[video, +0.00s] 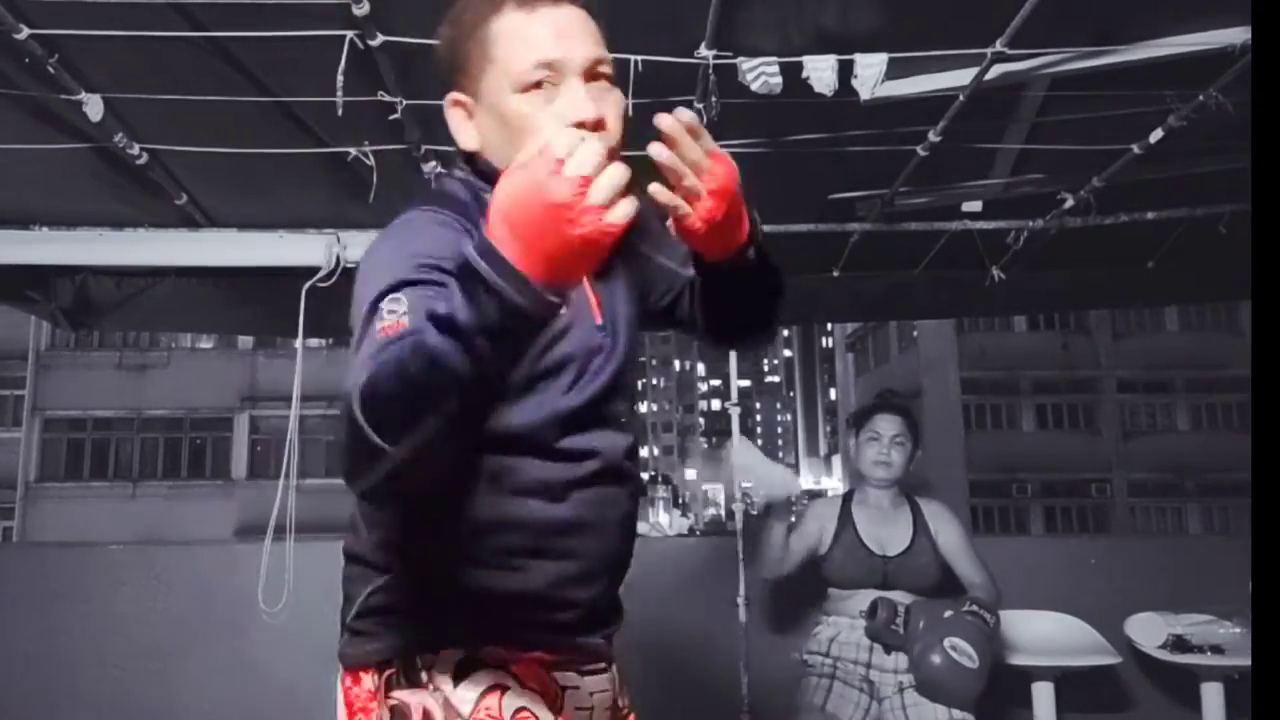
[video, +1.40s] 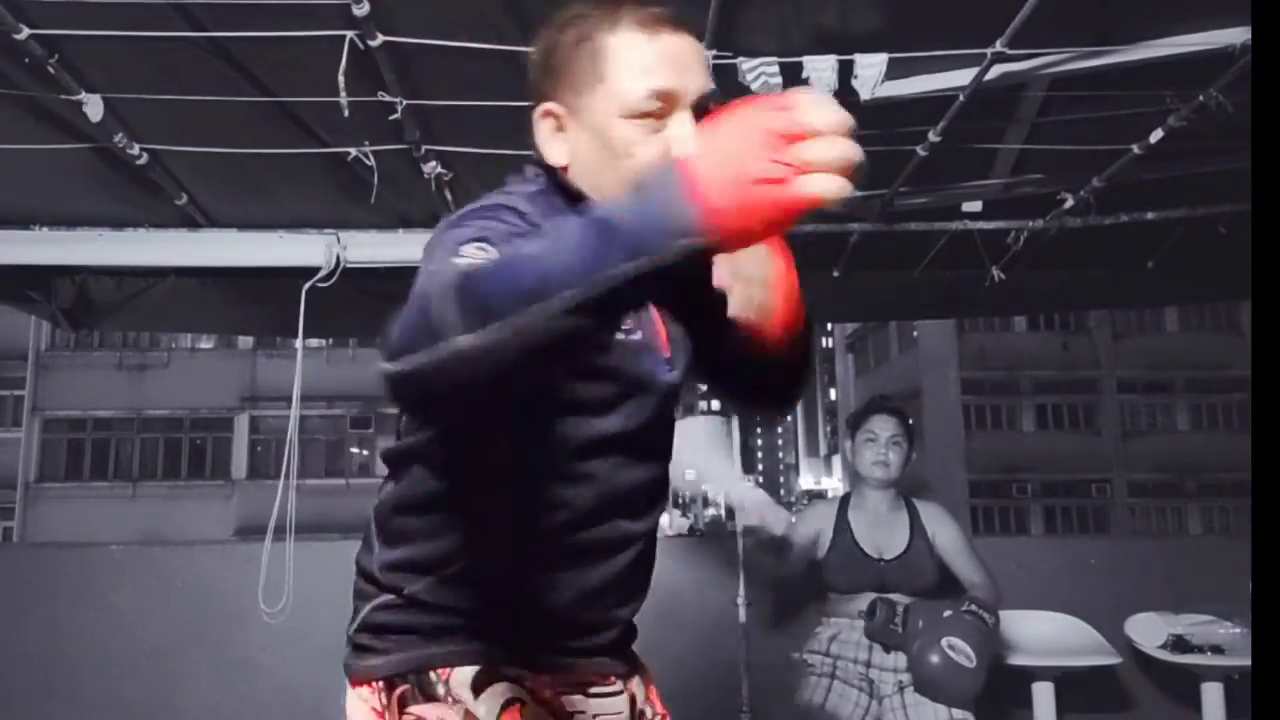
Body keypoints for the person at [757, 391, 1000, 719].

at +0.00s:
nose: (884, 451)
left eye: (897, 443)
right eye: (873, 439)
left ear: (912, 457)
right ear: (852, 448)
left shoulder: (934, 516)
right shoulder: (823, 514)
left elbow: (983, 588)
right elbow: (772, 573)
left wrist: (974, 616)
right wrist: (776, 514)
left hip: (921, 670)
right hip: (839, 666)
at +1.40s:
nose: (883, 451)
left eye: (895, 443)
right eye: (871, 440)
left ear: (908, 458)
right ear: (850, 450)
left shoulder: (931, 518)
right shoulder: (819, 518)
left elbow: (983, 587)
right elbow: (778, 587)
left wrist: (971, 622)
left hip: (921, 667)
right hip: (839, 665)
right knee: (824, 711)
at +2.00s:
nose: (885, 452)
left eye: (899, 443)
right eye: (874, 441)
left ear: (917, 457)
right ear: (857, 450)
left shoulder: (937, 515)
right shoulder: (825, 507)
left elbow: (984, 591)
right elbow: (755, 541)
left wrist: (951, 617)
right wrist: (806, 549)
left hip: (921, 670)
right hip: (838, 667)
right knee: (820, 711)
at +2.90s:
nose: (885, 451)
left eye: (899, 443)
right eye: (873, 439)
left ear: (914, 456)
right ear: (854, 446)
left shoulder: (935, 517)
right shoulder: (824, 514)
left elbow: (983, 587)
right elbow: (785, 585)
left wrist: (970, 618)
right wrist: (775, 533)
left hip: (922, 669)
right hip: (840, 665)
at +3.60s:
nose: (887, 451)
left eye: (900, 443)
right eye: (875, 439)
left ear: (914, 458)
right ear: (855, 449)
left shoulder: (935, 517)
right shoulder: (825, 514)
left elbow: (985, 588)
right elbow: (764, 569)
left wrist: (978, 611)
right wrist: (773, 546)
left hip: (920, 663)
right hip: (840, 659)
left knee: (936, 715)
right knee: (831, 711)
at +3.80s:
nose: (887, 451)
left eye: (899, 443)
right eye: (874, 440)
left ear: (912, 456)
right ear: (853, 450)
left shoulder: (934, 516)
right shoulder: (822, 515)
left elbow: (985, 588)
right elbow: (762, 571)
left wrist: (970, 617)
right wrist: (781, 553)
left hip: (921, 665)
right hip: (838, 662)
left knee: (939, 715)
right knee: (820, 712)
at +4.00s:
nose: (883, 450)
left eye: (895, 443)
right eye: (870, 439)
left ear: (909, 456)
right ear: (850, 450)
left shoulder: (931, 518)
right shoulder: (823, 515)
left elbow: (984, 587)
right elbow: (764, 576)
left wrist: (972, 620)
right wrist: (769, 526)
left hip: (921, 669)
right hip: (840, 666)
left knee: (938, 714)